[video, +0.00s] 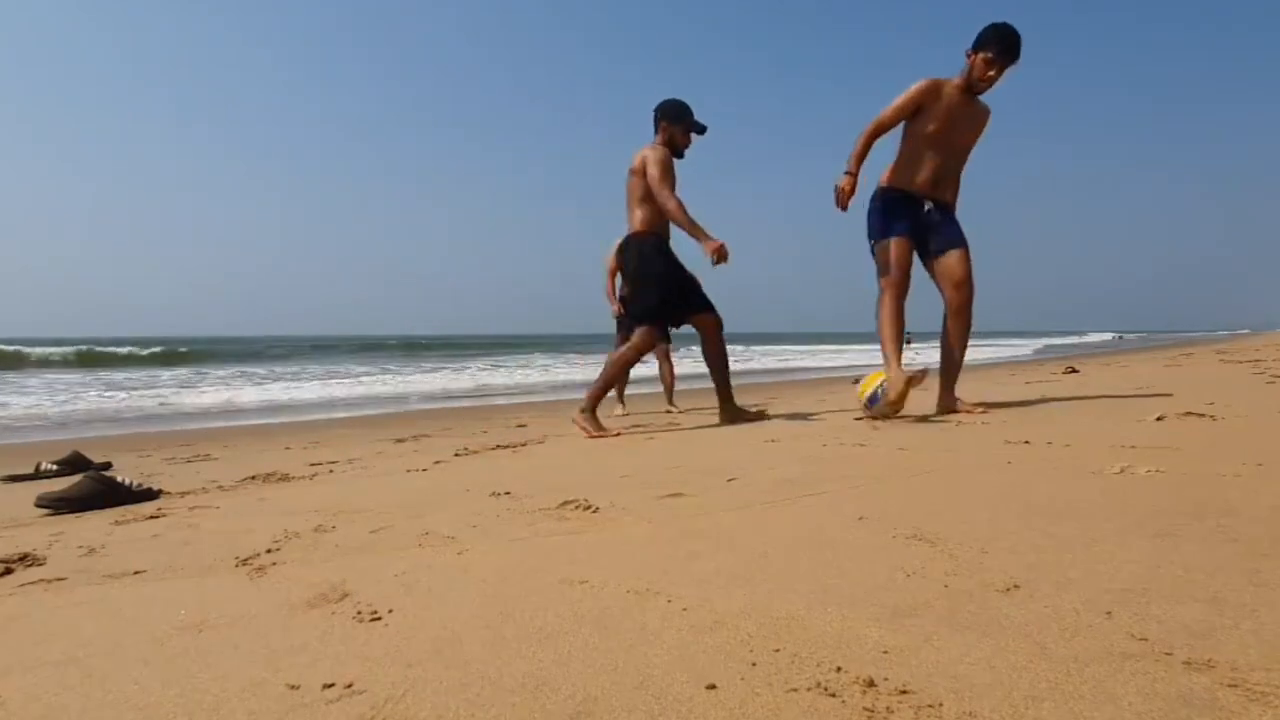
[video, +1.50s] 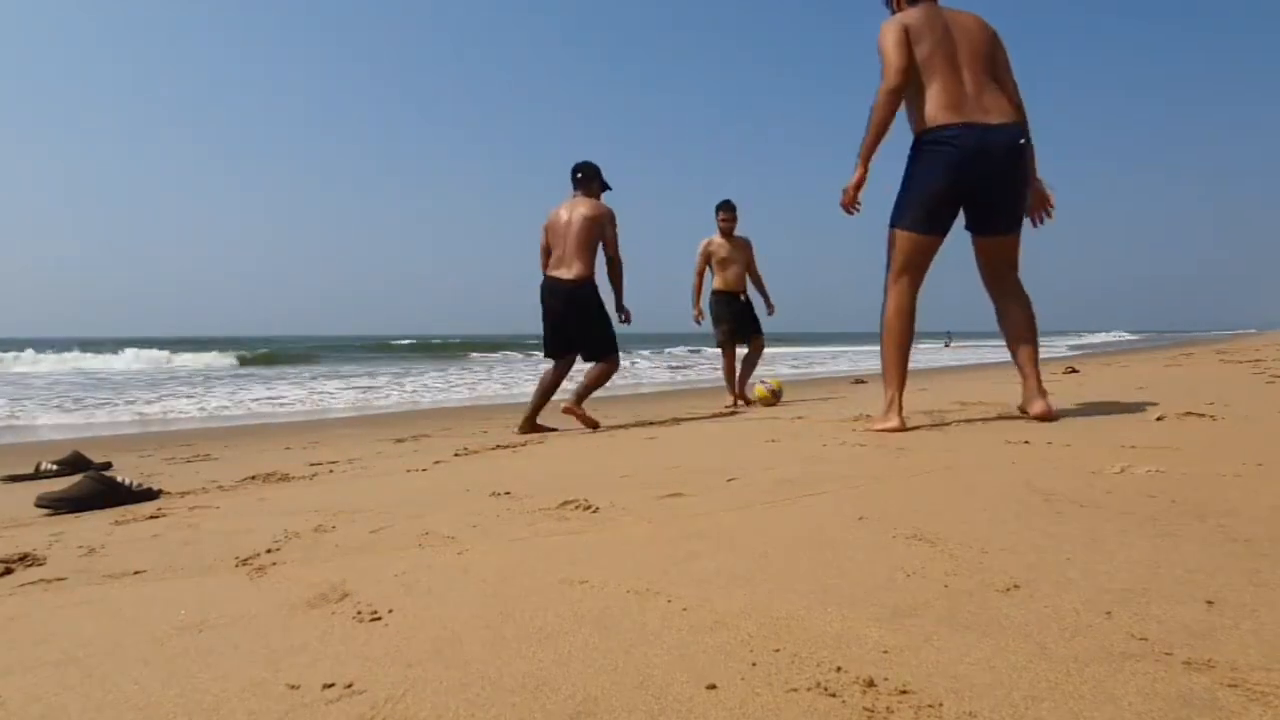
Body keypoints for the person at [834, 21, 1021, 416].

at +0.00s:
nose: (992, 74)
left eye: (1001, 68)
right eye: (988, 63)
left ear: (1006, 71)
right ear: (971, 55)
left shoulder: (981, 115)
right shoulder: (931, 91)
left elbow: (954, 163)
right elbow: (873, 130)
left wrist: (947, 211)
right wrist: (851, 174)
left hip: (938, 211)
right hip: (896, 202)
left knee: (961, 292)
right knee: (894, 281)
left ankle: (947, 398)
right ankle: (894, 377)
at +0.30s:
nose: (982, 77)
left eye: (979, 71)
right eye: (982, 71)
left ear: (944, 69)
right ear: (979, 68)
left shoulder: (919, 101)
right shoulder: (971, 79)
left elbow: (875, 164)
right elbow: (946, 108)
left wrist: (880, 196)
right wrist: (946, 176)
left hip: (899, 198)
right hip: (910, 198)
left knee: (946, 294)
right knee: (891, 304)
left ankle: (926, 393)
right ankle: (845, 398)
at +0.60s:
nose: (923, 52)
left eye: (923, 47)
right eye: (924, 47)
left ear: (932, 45)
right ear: (967, 43)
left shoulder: (912, 82)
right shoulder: (991, 70)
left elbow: (883, 141)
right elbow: (1035, 131)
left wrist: (869, 200)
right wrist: (1103, 166)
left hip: (909, 197)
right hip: (961, 194)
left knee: (924, 295)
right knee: (985, 294)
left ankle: (918, 398)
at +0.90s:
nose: (942, 23)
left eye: (942, 16)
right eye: (944, 17)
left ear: (949, 15)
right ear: (984, 17)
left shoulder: (942, 48)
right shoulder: (1015, 54)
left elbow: (941, 108)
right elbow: (1036, 131)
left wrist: (910, 176)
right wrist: (1002, 164)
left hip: (950, 180)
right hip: (1009, 181)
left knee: (925, 293)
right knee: (1010, 294)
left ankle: (914, 397)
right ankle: (1021, 399)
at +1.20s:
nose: (906, 18)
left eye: (906, 12)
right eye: (908, 12)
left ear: (914, 11)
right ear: (951, 10)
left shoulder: (919, 41)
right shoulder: (988, 47)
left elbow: (937, 93)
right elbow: (1015, 120)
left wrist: (934, 157)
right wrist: (998, 161)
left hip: (951, 165)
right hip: (1007, 168)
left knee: (910, 286)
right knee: (996, 286)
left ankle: (894, 409)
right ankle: (1020, 399)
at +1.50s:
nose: (890, 12)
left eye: (889, 9)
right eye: (891, 9)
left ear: (898, 3)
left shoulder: (899, 24)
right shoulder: (981, 25)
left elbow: (894, 85)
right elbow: (1014, 103)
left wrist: (862, 165)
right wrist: (1032, 178)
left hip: (942, 151)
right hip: (1006, 149)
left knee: (903, 279)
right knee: (1005, 277)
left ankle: (892, 409)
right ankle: (1035, 395)